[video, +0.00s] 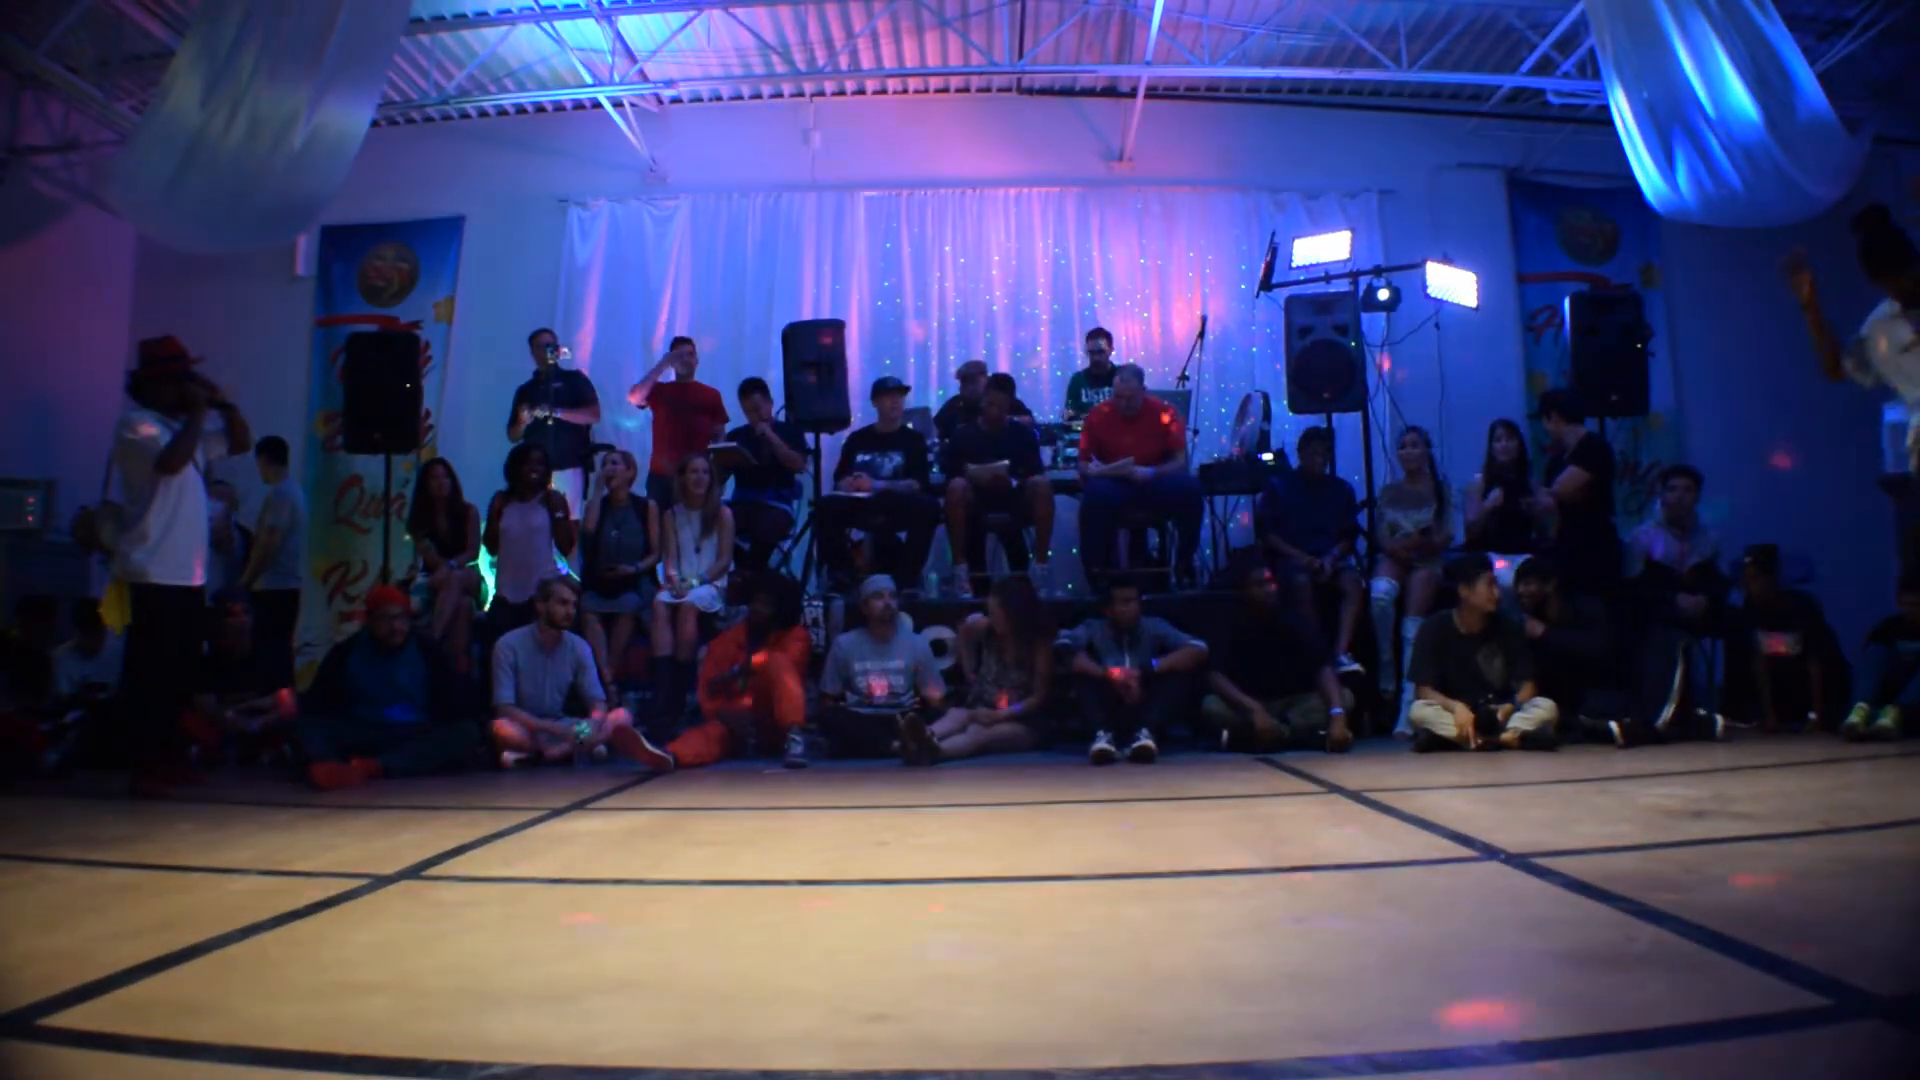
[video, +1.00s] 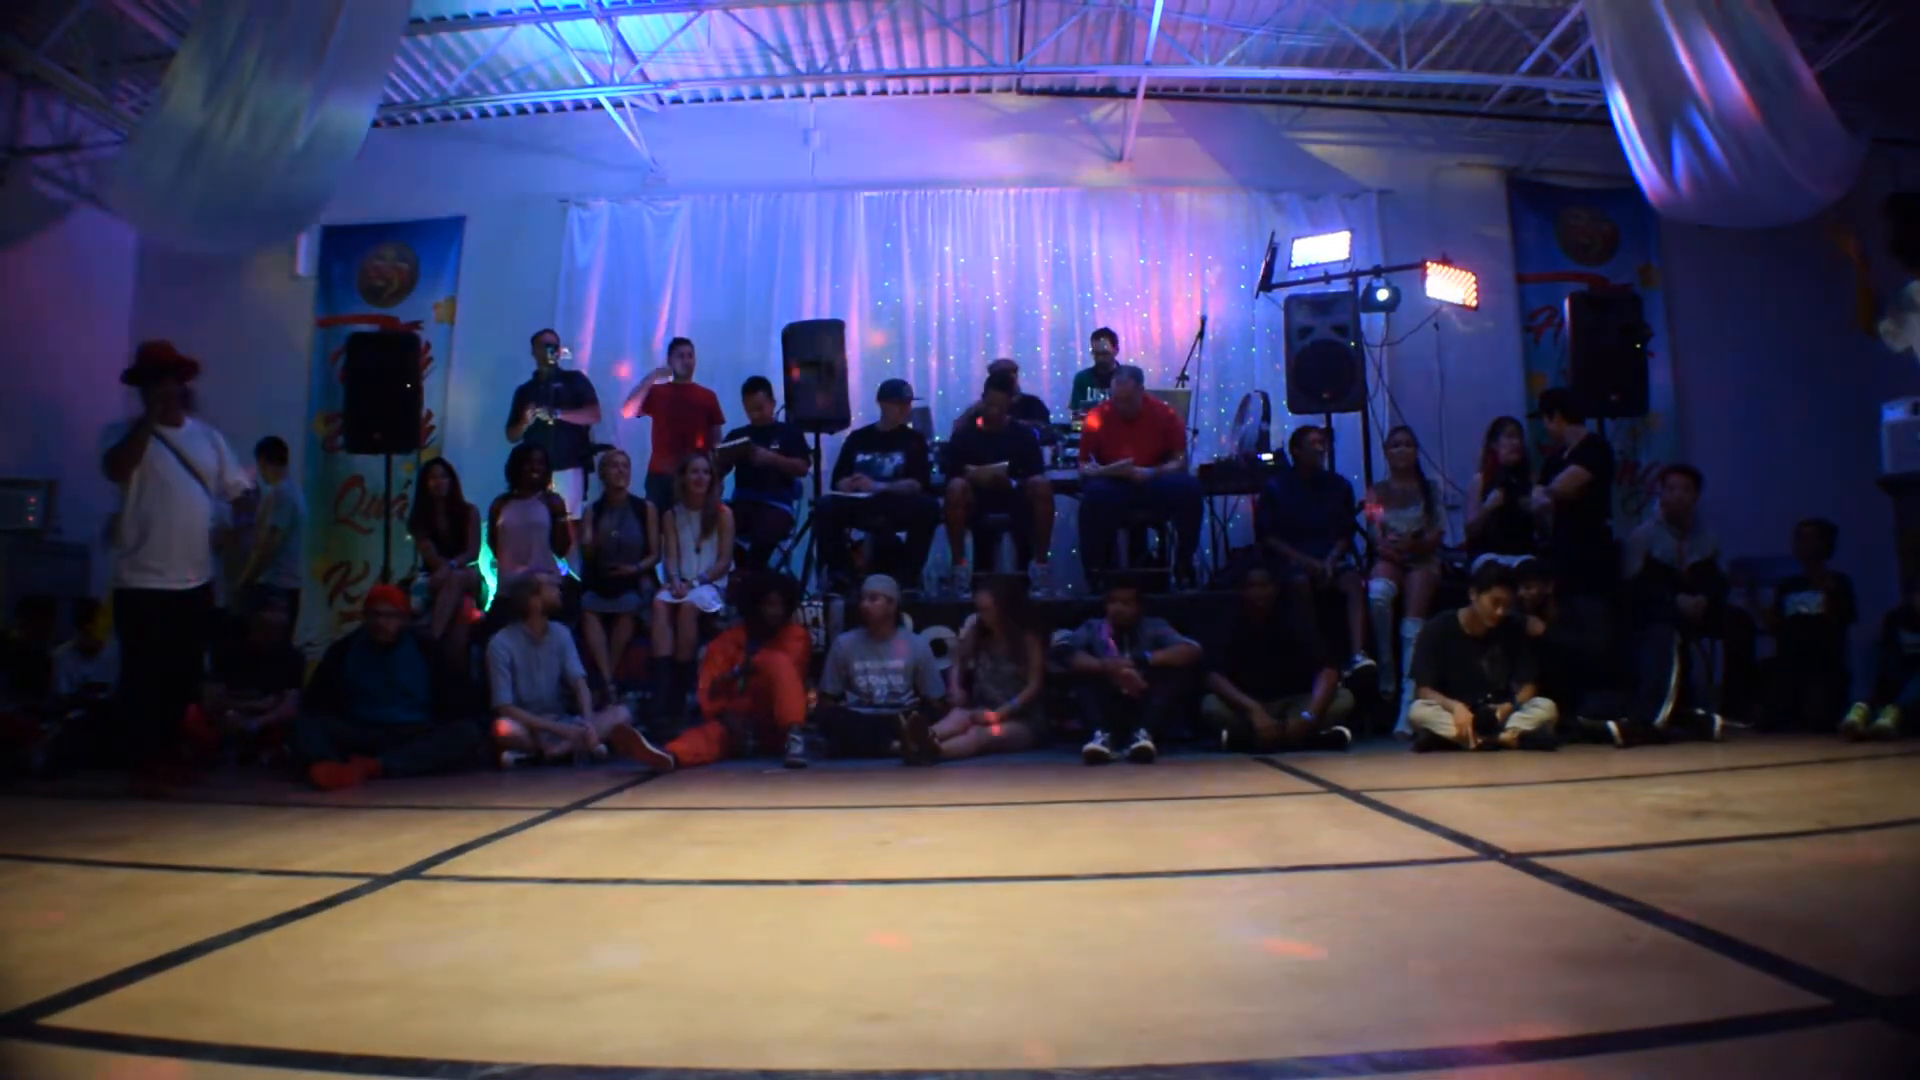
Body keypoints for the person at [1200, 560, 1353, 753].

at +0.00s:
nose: (1270, 589)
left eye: (1272, 583)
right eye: (1261, 585)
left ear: (1277, 586)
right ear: (1246, 591)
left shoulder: (1292, 620)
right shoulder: (1235, 627)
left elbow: (1322, 669)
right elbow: (1215, 675)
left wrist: (1337, 715)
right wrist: (1256, 709)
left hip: (1295, 699)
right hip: (1248, 703)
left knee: (1344, 697)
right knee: (1211, 706)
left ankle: (1255, 737)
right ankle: (1301, 737)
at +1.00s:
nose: (1259, 592)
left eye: (1265, 586)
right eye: (1252, 587)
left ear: (1275, 589)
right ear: (1243, 592)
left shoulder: (1292, 620)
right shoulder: (1234, 626)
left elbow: (1329, 669)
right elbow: (1214, 676)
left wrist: (1310, 716)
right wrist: (1255, 710)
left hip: (1294, 699)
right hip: (1247, 702)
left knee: (1343, 698)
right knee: (1211, 706)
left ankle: (1253, 739)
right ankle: (1305, 738)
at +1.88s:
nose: (1251, 595)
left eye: (1258, 589)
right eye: (1247, 589)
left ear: (1273, 591)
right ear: (1240, 592)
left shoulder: (1294, 623)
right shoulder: (1232, 626)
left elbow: (1328, 670)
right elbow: (1213, 675)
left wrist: (1303, 715)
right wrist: (1254, 710)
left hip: (1294, 698)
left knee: (1343, 699)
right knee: (1211, 705)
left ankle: (1254, 741)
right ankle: (1309, 740)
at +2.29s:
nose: (1236, 601)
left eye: (1244, 594)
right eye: (1234, 594)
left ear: (1264, 594)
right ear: (1230, 594)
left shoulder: (1291, 623)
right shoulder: (1229, 628)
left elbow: (1329, 671)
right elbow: (1213, 676)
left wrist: (1304, 715)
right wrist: (1254, 709)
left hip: (1294, 698)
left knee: (1343, 698)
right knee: (1210, 706)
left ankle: (1254, 741)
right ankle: (1310, 740)